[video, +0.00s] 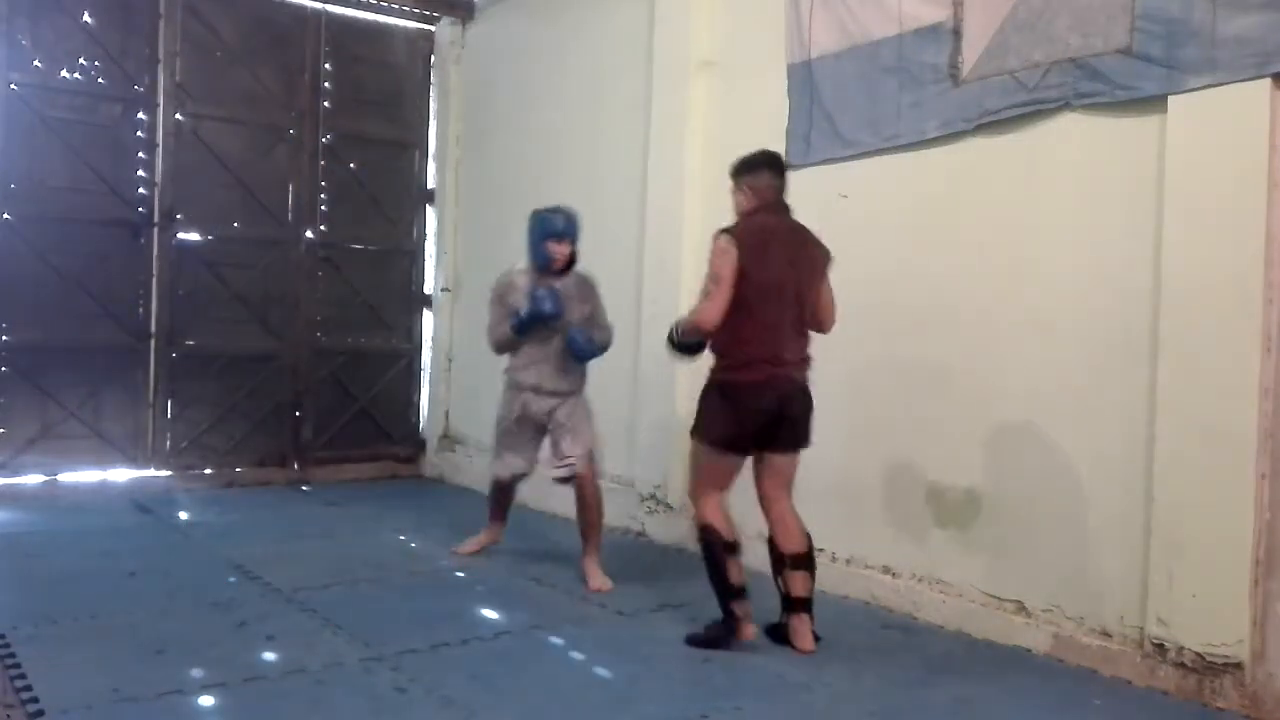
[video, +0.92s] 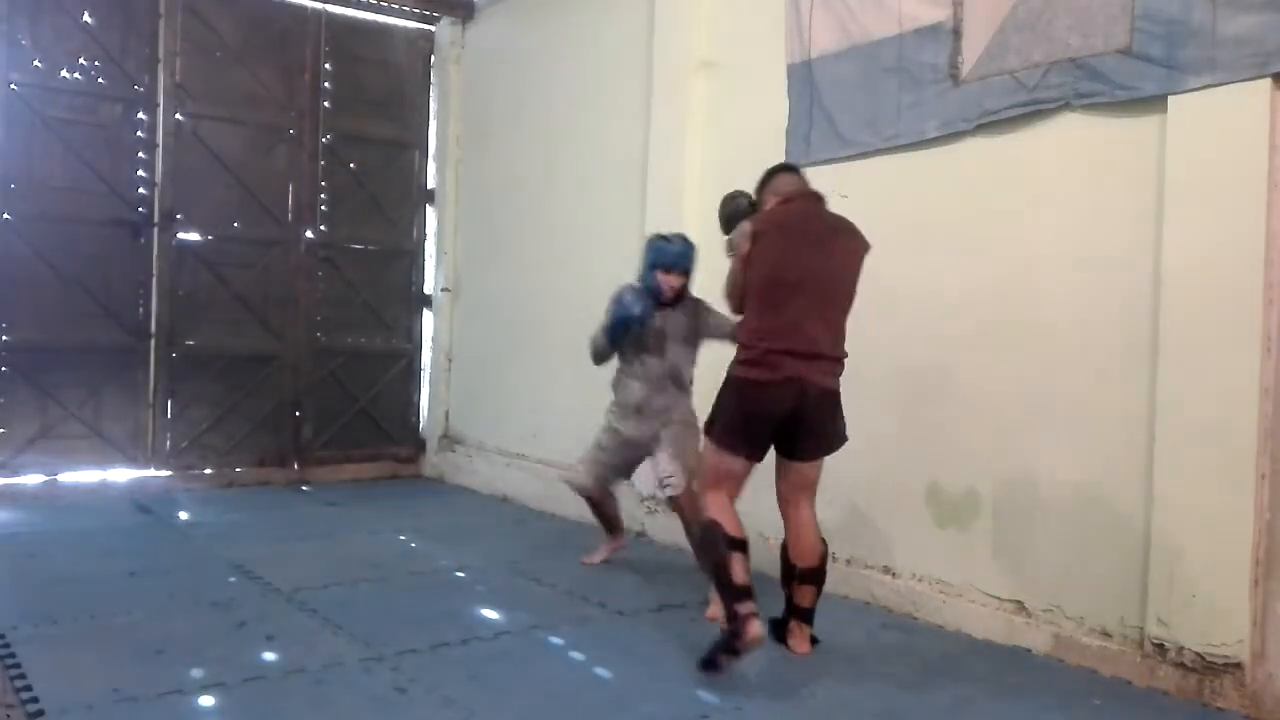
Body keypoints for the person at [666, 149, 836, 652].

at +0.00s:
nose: (734, 200)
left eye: (737, 192)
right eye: (736, 192)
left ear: (749, 192)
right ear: (780, 191)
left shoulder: (732, 240)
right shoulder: (811, 245)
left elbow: (711, 315)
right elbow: (824, 319)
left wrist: (683, 331)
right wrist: (783, 295)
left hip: (736, 390)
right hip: (791, 392)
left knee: (708, 493)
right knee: (778, 496)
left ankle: (737, 620)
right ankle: (800, 625)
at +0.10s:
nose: (762, 200)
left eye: (763, 192)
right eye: (763, 191)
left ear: (772, 191)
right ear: (807, 190)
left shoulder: (754, 240)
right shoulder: (840, 250)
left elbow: (728, 320)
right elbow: (838, 323)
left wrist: (685, 354)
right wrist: (794, 295)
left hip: (742, 385)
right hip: (800, 392)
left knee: (677, 445)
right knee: (786, 501)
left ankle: (697, 558)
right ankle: (801, 626)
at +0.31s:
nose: (803, 198)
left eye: (805, 190)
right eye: (805, 190)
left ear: (816, 192)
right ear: (854, 194)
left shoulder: (786, 234)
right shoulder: (878, 262)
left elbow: (752, 294)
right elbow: (856, 321)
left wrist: (705, 360)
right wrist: (812, 295)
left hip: (735, 365)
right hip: (788, 392)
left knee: (669, 340)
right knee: (778, 497)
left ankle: (611, 383)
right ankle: (794, 623)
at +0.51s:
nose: (820, 202)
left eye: (823, 194)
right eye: (824, 194)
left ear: (834, 198)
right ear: (872, 204)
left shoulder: (802, 232)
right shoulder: (887, 275)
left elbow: (767, 289)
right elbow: (843, 334)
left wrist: (704, 338)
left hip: (738, 366)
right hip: (795, 396)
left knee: (665, 392)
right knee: (782, 497)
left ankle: (610, 413)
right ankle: (794, 625)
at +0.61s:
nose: (818, 200)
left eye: (820, 192)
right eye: (820, 193)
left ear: (831, 194)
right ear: (870, 200)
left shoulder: (801, 228)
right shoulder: (889, 270)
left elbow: (756, 288)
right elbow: (846, 330)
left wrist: (687, 315)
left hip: (743, 367)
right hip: (802, 393)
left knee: (668, 412)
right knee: (786, 495)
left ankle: (613, 473)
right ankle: (793, 623)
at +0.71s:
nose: (803, 196)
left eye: (804, 188)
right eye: (804, 189)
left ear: (816, 189)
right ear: (855, 192)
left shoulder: (788, 226)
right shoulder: (882, 257)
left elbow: (728, 292)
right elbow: (840, 310)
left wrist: (704, 260)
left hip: (750, 378)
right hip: (812, 394)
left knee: (688, 446)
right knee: (795, 497)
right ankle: (796, 627)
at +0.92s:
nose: (761, 211)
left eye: (760, 204)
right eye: (763, 204)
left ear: (769, 198)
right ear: (810, 192)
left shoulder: (762, 230)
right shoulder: (852, 237)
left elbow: (737, 300)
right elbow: (817, 291)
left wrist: (741, 249)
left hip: (755, 388)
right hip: (820, 395)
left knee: (717, 494)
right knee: (800, 505)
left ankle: (743, 616)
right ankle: (801, 630)